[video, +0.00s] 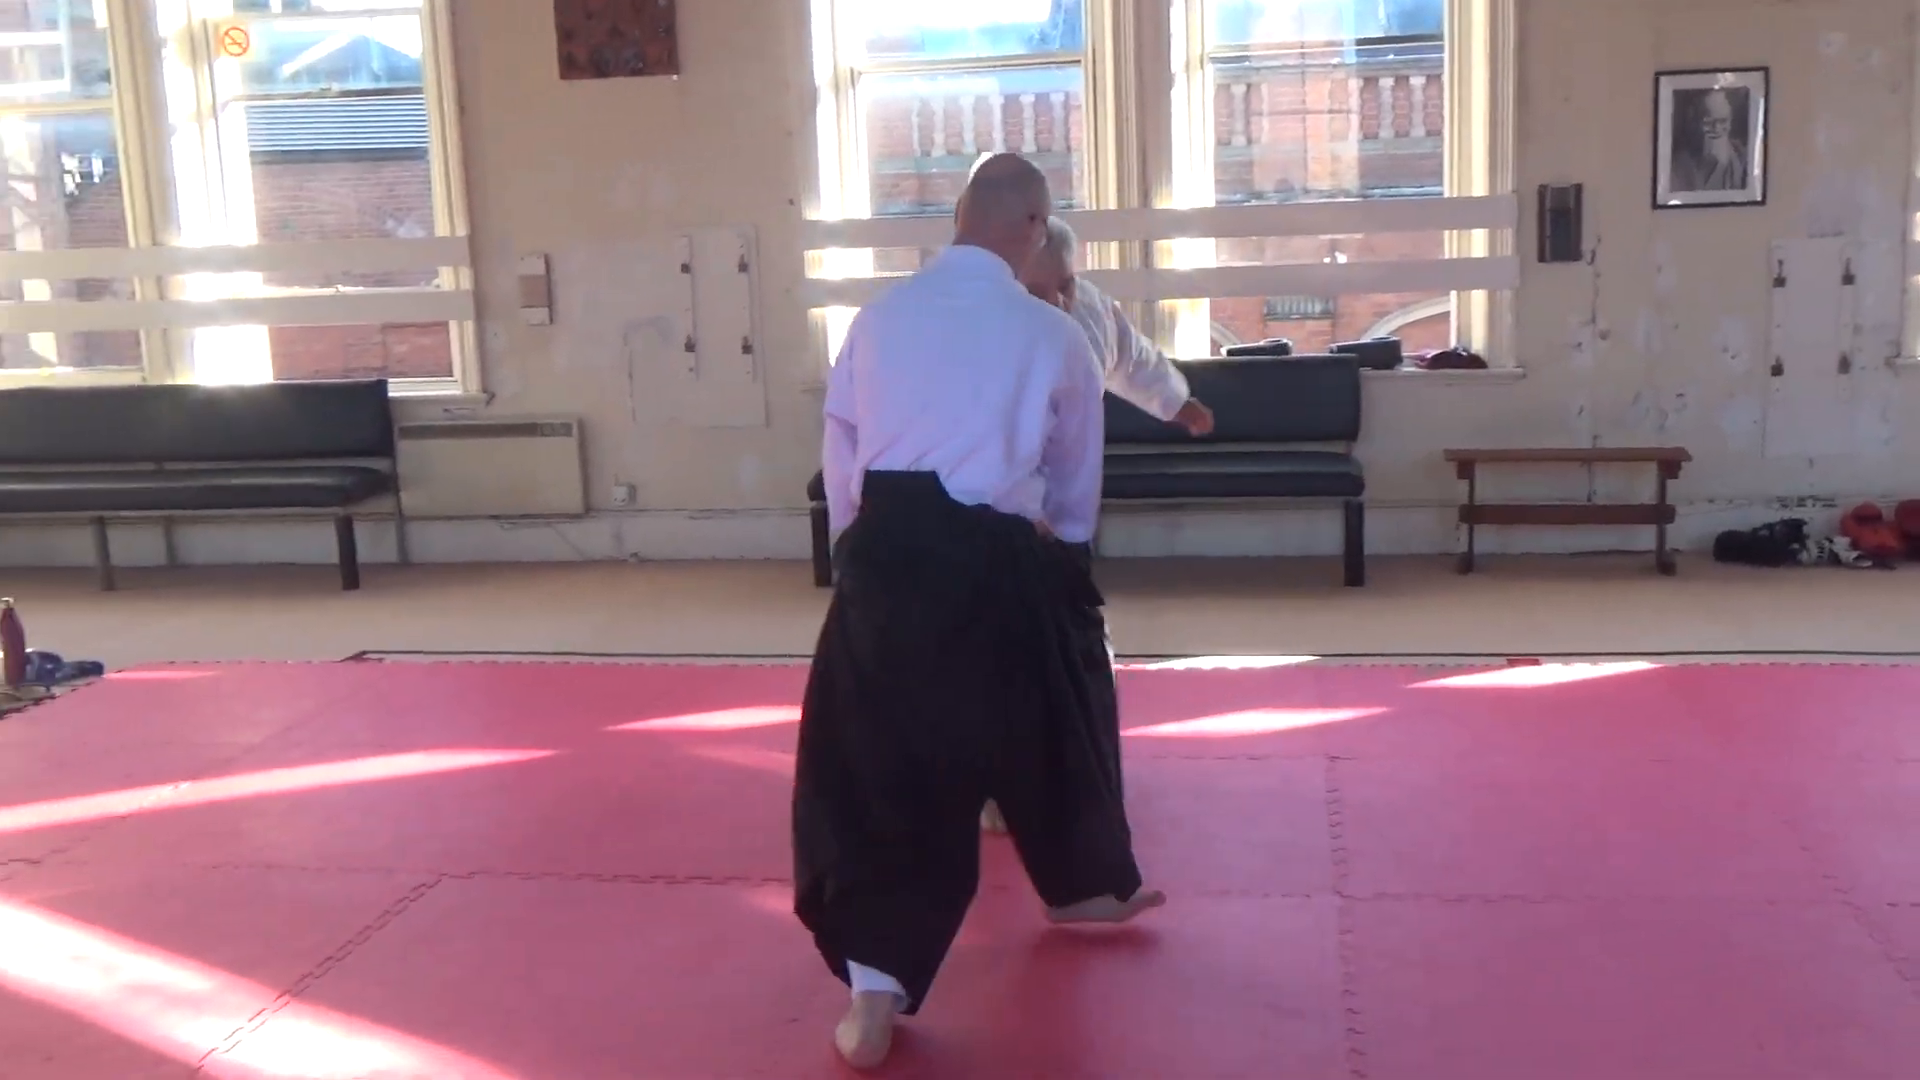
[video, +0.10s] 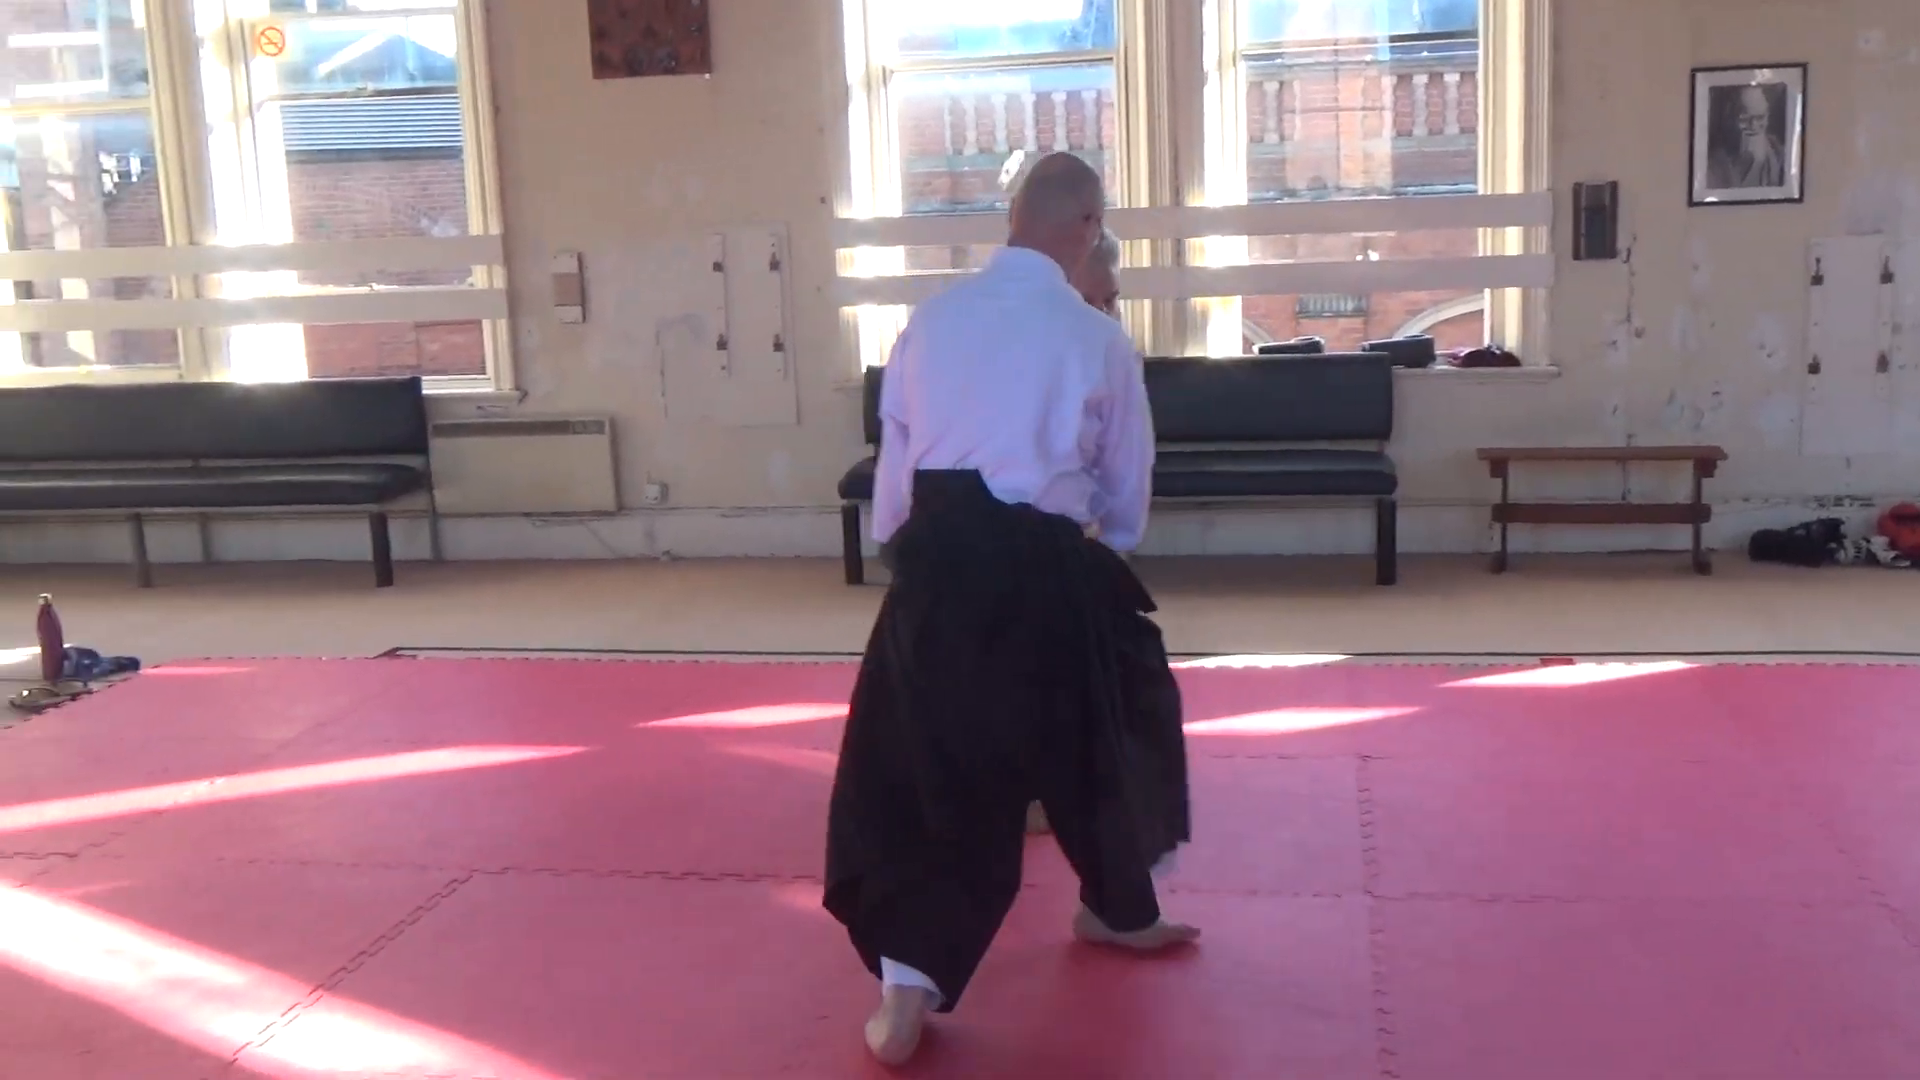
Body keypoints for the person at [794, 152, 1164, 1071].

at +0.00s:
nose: (1049, 247)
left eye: (1051, 230)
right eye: (1048, 230)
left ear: (955, 220)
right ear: (1029, 227)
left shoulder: (878, 317)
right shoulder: (1056, 337)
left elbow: (841, 457)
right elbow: (1075, 488)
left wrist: (856, 555)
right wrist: (1058, 579)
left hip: (885, 562)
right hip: (1001, 567)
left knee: (889, 771)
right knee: (1047, 707)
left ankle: (875, 979)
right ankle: (1081, 881)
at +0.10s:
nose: (1101, 241)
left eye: (1100, 227)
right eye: (1101, 227)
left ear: (1009, 223)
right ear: (1081, 230)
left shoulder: (929, 320)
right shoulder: (1098, 336)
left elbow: (895, 480)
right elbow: (1126, 491)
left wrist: (904, 554)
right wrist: (1090, 568)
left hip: (941, 568)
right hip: (1049, 571)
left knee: (939, 769)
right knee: (1091, 722)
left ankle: (909, 968)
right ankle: (1117, 904)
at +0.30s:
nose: (1204, 242)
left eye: (1198, 228)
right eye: (1208, 230)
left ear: (1121, 219)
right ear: (1198, 233)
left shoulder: (1043, 313)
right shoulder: (1200, 328)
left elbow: (996, 434)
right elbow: (1256, 460)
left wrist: (1012, 527)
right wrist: (1260, 529)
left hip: (1036, 538)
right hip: (1146, 545)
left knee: (1054, 734)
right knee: (1186, 722)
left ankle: (983, 901)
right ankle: (1150, 904)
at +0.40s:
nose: (1244, 239)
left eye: (1243, 227)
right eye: (1244, 227)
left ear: (1159, 212)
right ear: (1234, 227)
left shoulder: (1087, 305)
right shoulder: (1234, 314)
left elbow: (1054, 425)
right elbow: (1298, 418)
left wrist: (1064, 504)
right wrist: (1310, 504)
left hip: (1075, 526)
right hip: (1177, 534)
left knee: (1087, 706)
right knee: (1204, 711)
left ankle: (1048, 877)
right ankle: (1162, 901)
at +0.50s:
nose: (1258, 237)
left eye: (1259, 225)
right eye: (1261, 226)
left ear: (1178, 212)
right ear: (1253, 227)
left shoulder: (1108, 312)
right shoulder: (1259, 312)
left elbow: (1096, 429)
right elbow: (1340, 427)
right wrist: (1348, 478)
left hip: (1098, 521)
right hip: (1199, 532)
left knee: (1127, 687)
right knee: (1245, 703)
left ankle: (1120, 853)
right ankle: (1179, 897)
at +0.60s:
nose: (1272, 238)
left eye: (1267, 227)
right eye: (1274, 228)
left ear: (1192, 218)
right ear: (1263, 229)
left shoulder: (1129, 310)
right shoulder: (1269, 306)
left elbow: (1113, 425)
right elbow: (1370, 396)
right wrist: (1394, 423)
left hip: (1123, 519)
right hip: (1217, 528)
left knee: (1186, 681)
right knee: (1267, 704)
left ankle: (1177, 823)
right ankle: (1189, 903)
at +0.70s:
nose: (1278, 242)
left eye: (1278, 230)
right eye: (1279, 230)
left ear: (1199, 221)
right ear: (1268, 231)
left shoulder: (1145, 316)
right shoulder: (1274, 309)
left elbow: (1141, 424)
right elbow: (1403, 360)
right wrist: (1435, 350)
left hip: (1145, 521)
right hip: (1228, 533)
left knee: (1209, 673)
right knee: (1276, 709)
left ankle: (1193, 811)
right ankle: (1204, 901)